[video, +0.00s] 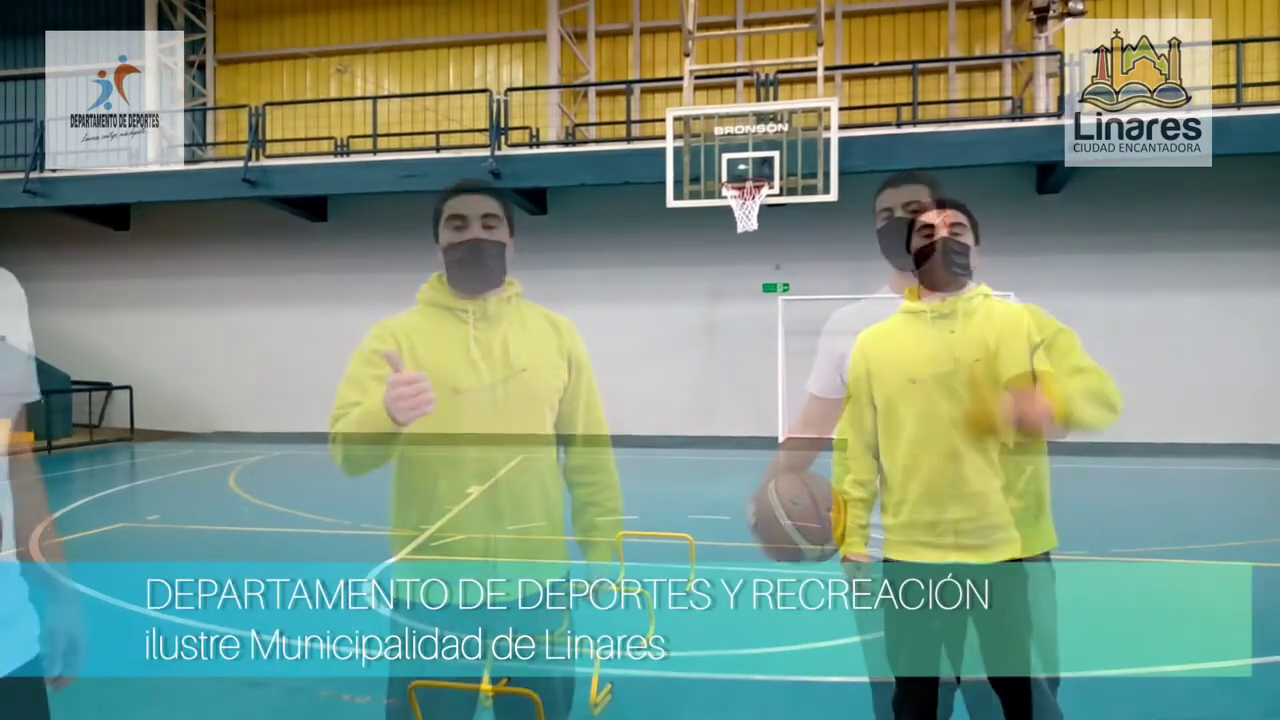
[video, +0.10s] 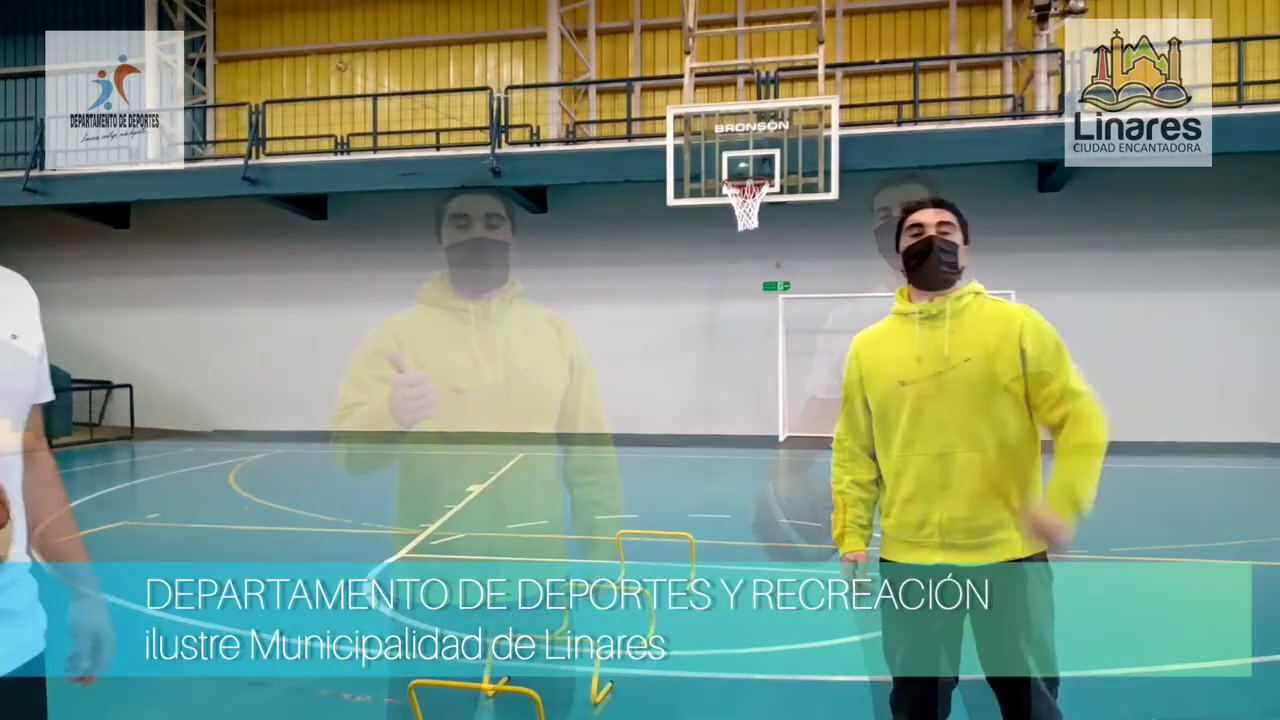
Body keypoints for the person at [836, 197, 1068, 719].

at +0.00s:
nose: (946, 239)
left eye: (958, 230)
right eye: (929, 232)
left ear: (976, 250)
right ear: (910, 253)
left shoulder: (1020, 323)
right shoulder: (875, 344)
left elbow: (1102, 397)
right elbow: (855, 455)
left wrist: (1042, 406)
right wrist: (853, 544)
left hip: (1010, 547)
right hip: (915, 550)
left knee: (1022, 691)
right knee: (915, 696)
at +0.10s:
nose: (931, 236)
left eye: (945, 229)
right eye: (916, 230)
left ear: (965, 250)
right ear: (900, 257)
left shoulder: (1017, 327)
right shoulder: (870, 347)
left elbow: (1081, 419)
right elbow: (854, 453)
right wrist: (853, 535)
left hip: (1009, 553)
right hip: (912, 556)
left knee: (1029, 701)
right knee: (916, 702)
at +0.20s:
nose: (919, 239)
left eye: (934, 232)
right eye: (904, 234)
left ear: (956, 254)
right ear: (890, 260)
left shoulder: (1009, 333)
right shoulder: (864, 350)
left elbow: (1047, 443)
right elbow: (852, 457)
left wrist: (1070, 549)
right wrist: (853, 547)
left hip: (1002, 555)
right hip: (906, 558)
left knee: (1025, 700)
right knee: (914, 702)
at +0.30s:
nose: (911, 240)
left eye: (927, 232)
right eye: (897, 234)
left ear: (951, 255)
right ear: (883, 259)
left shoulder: (1005, 330)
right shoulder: (856, 349)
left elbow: (1045, 436)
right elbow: (845, 457)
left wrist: (1043, 528)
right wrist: (850, 551)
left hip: (995, 553)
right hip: (898, 558)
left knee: (1020, 702)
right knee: (909, 704)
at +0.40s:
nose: (909, 239)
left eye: (923, 231)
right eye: (894, 233)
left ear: (947, 252)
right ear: (880, 255)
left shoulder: (1003, 327)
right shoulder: (853, 348)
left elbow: (1041, 435)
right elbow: (839, 456)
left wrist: (1030, 527)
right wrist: (839, 549)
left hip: (994, 550)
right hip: (898, 556)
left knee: (1018, 701)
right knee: (909, 703)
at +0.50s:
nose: (906, 241)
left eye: (919, 232)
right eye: (891, 236)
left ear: (943, 252)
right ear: (877, 259)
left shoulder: (1000, 330)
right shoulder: (849, 350)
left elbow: (1031, 439)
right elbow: (833, 458)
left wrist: (1033, 536)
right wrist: (828, 552)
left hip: (993, 551)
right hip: (899, 557)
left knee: (1019, 700)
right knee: (910, 703)